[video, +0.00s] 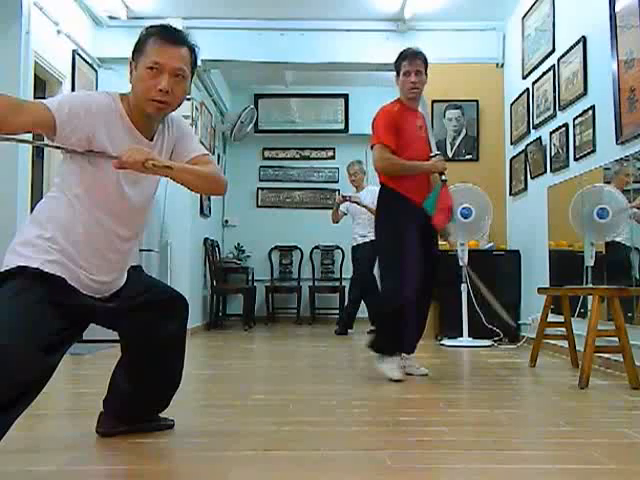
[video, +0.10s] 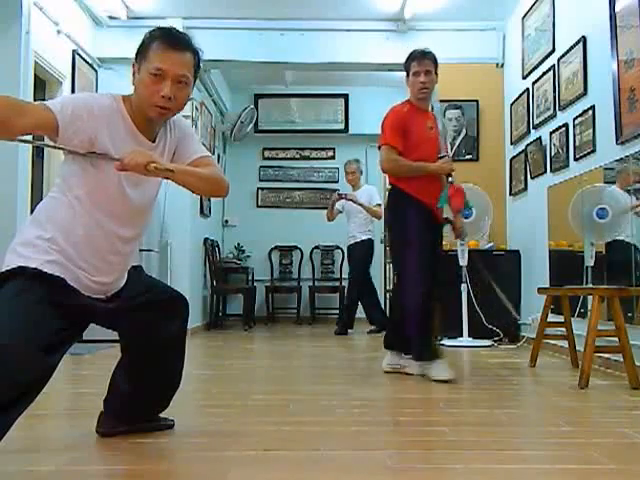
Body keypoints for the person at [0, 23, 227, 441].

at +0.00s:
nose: (165, 86)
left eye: (178, 76)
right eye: (154, 70)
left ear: (188, 87)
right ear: (132, 71)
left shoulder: (176, 133)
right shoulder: (92, 109)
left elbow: (217, 183)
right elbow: (19, 115)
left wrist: (163, 168)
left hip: (114, 276)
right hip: (47, 268)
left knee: (167, 311)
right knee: (14, 368)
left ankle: (127, 416)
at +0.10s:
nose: (168, 92)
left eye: (181, 82)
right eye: (157, 76)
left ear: (191, 89)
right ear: (135, 74)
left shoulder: (178, 132)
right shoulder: (94, 111)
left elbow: (219, 185)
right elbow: (22, 117)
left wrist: (165, 170)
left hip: (114, 276)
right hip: (47, 268)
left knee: (168, 311)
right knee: (13, 367)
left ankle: (127, 415)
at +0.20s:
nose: (176, 101)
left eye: (188, 91)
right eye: (166, 85)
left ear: (196, 91)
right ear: (139, 75)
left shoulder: (179, 132)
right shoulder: (97, 112)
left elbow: (221, 187)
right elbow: (23, 117)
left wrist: (165, 171)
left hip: (114, 277)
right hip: (47, 268)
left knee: (168, 311)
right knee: (14, 363)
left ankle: (127, 416)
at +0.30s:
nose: (193, 107)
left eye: (200, 96)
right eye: (186, 94)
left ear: (203, 93)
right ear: (148, 81)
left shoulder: (180, 135)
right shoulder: (98, 112)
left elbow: (221, 187)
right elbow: (22, 117)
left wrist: (167, 172)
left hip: (114, 277)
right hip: (46, 270)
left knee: (169, 310)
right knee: (14, 364)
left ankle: (128, 416)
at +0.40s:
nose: (205, 109)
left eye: (208, 99)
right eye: (201, 98)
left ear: (166, 90)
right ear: (161, 88)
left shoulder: (182, 136)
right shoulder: (99, 112)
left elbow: (222, 185)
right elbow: (18, 117)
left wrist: (167, 175)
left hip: (113, 277)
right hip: (46, 269)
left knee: (169, 311)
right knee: (14, 366)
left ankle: (127, 415)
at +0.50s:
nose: (206, 112)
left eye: (209, 101)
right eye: (202, 100)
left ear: (168, 91)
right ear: (165, 89)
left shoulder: (182, 136)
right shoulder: (100, 113)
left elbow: (221, 185)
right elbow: (25, 118)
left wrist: (169, 180)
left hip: (113, 277)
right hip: (47, 269)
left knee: (169, 311)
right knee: (13, 366)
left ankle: (127, 415)